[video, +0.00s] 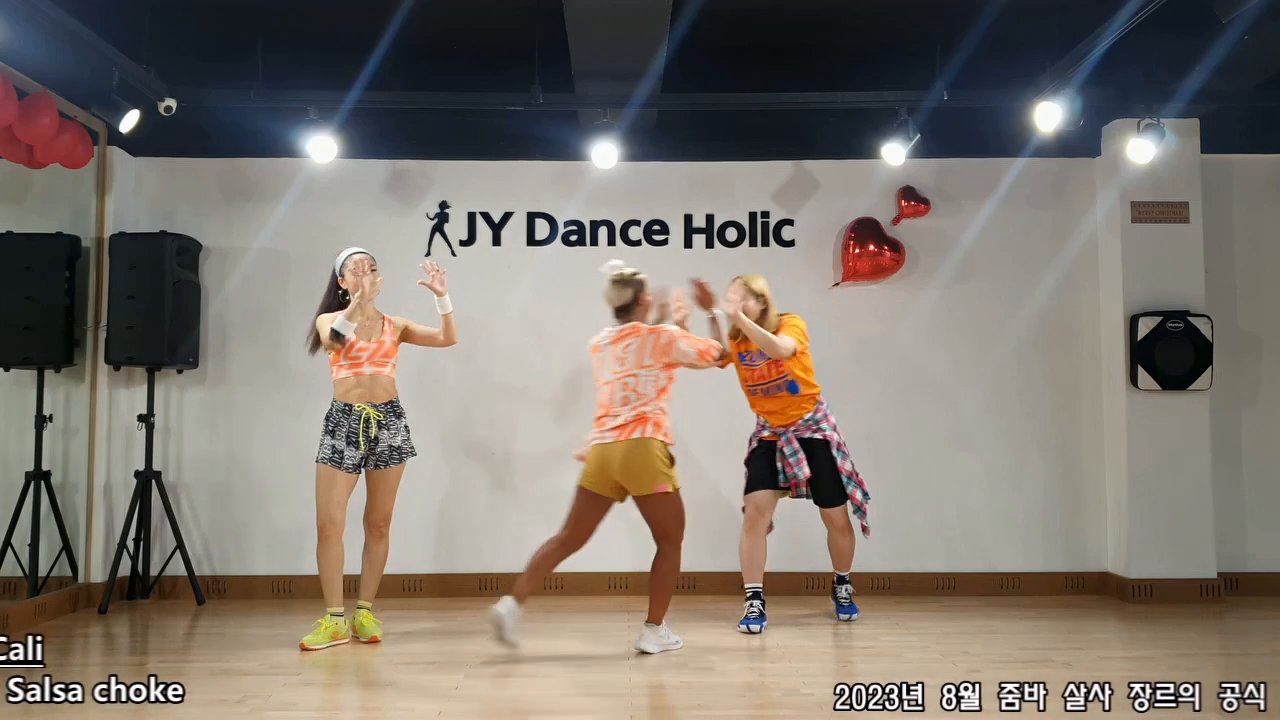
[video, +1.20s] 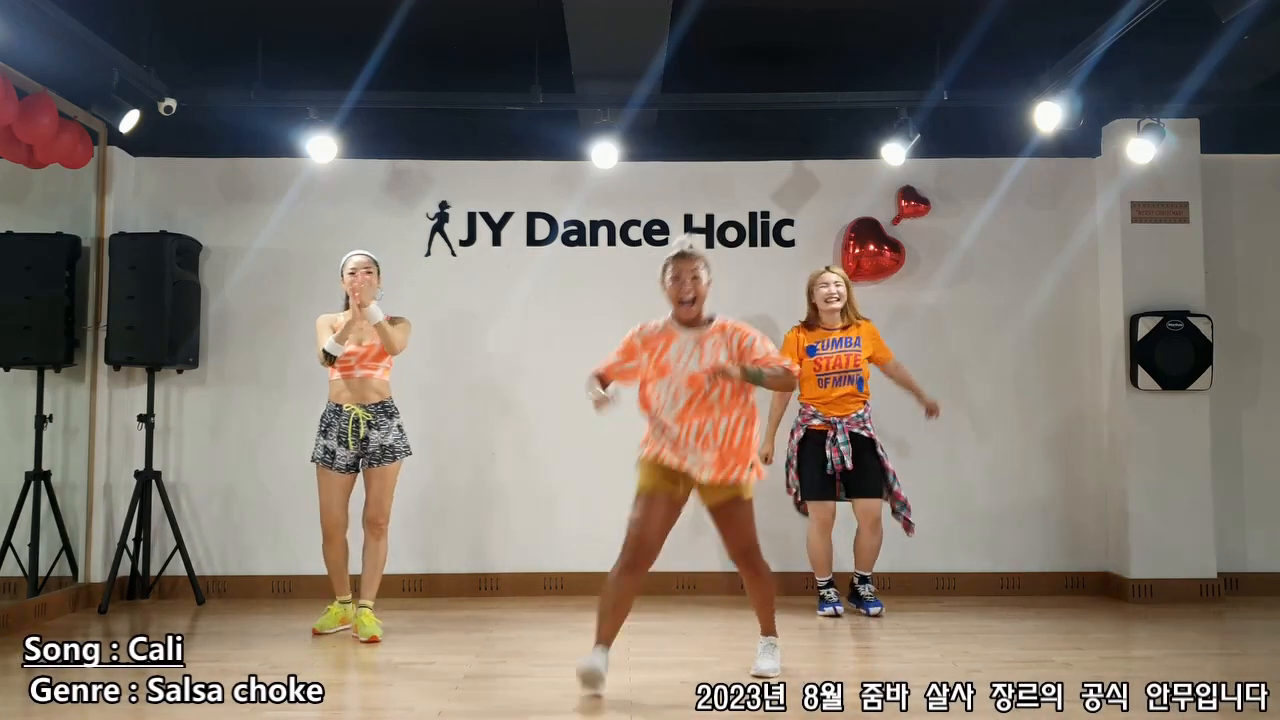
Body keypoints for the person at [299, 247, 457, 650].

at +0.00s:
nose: (364, 271)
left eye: (369, 266)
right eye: (355, 267)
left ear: (379, 278)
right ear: (342, 282)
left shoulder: (395, 324)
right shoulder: (329, 320)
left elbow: (447, 338)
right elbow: (337, 336)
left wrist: (441, 295)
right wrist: (356, 301)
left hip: (389, 422)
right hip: (343, 422)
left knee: (378, 525)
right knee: (328, 524)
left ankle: (364, 612)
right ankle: (335, 618)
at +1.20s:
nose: (361, 278)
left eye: (368, 272)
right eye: (353, 273)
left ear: (379, 282)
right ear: (343, 283)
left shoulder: (396, 324)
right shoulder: (328, 321)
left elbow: (395, 346)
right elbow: (326, 356)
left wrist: (372, 311)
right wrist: (349, 320)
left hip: (382, 425)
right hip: (337, 425)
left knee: (376, 522)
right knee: (332, 526)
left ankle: (366, 608)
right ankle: (342, 604)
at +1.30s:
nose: (356, 277)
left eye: (363, 272)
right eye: (348, 272)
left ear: (374, 282)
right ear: (338, 282)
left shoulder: (392, 323)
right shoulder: (324, 322)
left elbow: (386, 348)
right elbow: (317, 362)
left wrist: (361, 313)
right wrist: (343, 323)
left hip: (378, 426)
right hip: (333, 426)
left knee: (373, 522)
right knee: (332, 526)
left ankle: (366, 608)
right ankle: (342, 604)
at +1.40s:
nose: (350, 279)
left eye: (358, 273)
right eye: (343, 273)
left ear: (369, 283)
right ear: (332, 284)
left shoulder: (387, 324)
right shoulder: (320, 323)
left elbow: (382, 354)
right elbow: (310, 366)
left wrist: (349, 319)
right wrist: (334, 329)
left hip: (374, 425)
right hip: (329, 425)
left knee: (369, 522)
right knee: (329, 525)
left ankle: (365, 608)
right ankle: (342, 605)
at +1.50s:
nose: (344, 282)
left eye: (353, 276)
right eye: (338, 276)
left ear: (364, 287)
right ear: (328, 287)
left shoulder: (382, 326)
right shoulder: (318, 327)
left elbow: (377, 359)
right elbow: (303, 372)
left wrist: (343, 320)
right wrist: (308, 355)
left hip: (371, 425)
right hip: (328, 426)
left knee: (363, 518)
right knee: (326, 520)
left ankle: (365, 605)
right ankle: (341, 604)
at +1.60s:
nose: (338, 281)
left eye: (347, 275)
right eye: (332, 275)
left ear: (361, 286)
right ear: (324, 287)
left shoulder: (377, 324)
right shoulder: (318, 325)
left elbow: (383, 354)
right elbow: (286, 364)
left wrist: (357, 321)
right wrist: (309, 320)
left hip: (370, 425)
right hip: (327, 426)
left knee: (356, 510)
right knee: (324, 517)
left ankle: (364, 593)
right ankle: (340, 602)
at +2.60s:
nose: (358, 303)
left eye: (366, 296)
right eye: (352, 297)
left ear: (381, 303)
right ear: (345, 306)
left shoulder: (404, 345)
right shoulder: (345, 354)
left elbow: (443, 391)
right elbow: (331, 402)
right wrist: (321, 423)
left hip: (406, 441)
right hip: (365, 443)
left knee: (414, 534)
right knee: (325, 524)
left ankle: (439, 604)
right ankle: (341, 606)